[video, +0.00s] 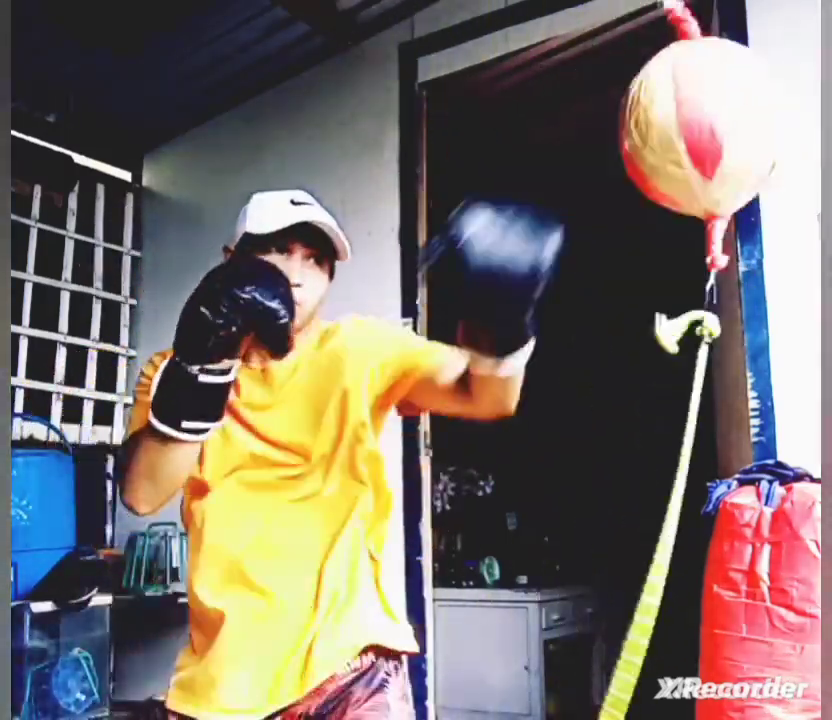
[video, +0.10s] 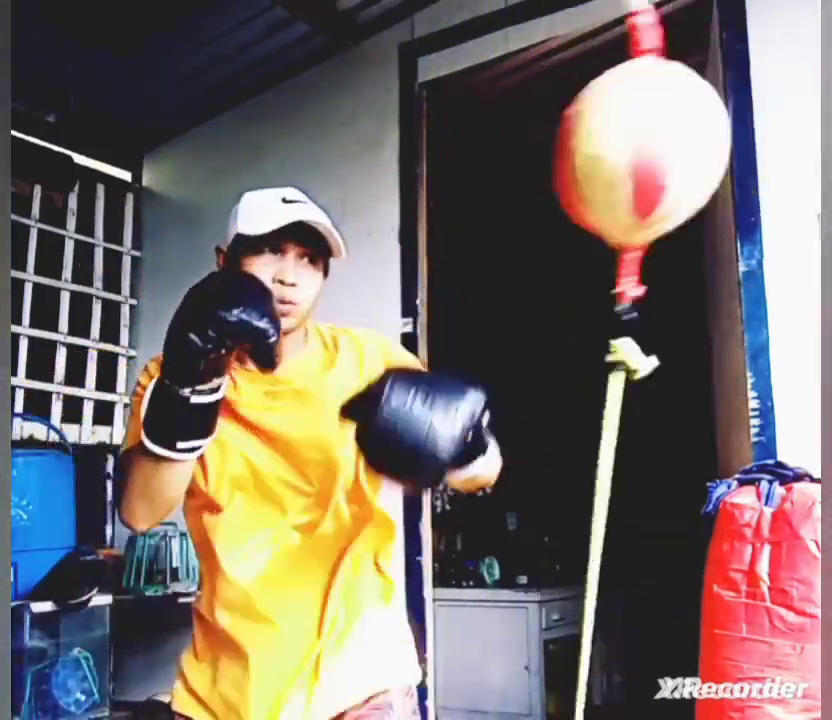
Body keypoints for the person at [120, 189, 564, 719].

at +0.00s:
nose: (295, 263)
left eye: (313, 253)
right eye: (276, 247)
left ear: (330, 277)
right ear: (235, 259)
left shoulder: (361, 347)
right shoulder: (183, 367)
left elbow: (489, 398)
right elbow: (143, 496)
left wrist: (501, 318)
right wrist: (200, 372)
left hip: (353, 673)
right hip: (221, 685)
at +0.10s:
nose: (288, 276)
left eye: (307, 259)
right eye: (269, 252)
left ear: (324, 274)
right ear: (229, 262)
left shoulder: (370, 358)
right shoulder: (182, 378)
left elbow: (484, 471)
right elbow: (142, 513)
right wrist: (190, 391)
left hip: (364, 683)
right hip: (230, 686)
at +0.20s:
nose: (247, 282)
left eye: (267, 265)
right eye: (229, 260)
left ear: (287, 280)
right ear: (191, 273)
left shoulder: (348, 371)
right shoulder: (156, 391)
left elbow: (419, 471)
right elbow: (133, 528)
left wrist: (394, 494)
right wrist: (169, 402)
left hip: (353, 694)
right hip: (216, 691)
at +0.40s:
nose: (189, 301)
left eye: (206, 283)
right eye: (169, 280)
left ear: (226, 295)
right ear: (132, 292)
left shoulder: (293, 385)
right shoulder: (88, 414)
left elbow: (354, 492)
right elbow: (97, 539)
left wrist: (332, 519)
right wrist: (141, 406)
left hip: (308, 695)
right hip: (169, 697)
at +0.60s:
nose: (194, 302)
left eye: (213, 285)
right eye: (173, 280)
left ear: (231, 298)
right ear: (132, 288)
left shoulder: (293, 382)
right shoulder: (91, 412)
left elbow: (359, 488)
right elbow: (92, 549)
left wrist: (347, 500)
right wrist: (147, 415)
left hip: (316, 697)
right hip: (169, 704)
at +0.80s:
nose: (217, 283)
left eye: (237, 265)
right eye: (196, 262)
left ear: (259, 282)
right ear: (162, 281)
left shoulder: (318, 349)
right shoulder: (125, 402)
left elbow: (461, 405)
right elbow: (114, 546)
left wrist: (455, 340)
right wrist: (157, 422)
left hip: (345, 685)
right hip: (220, 693)